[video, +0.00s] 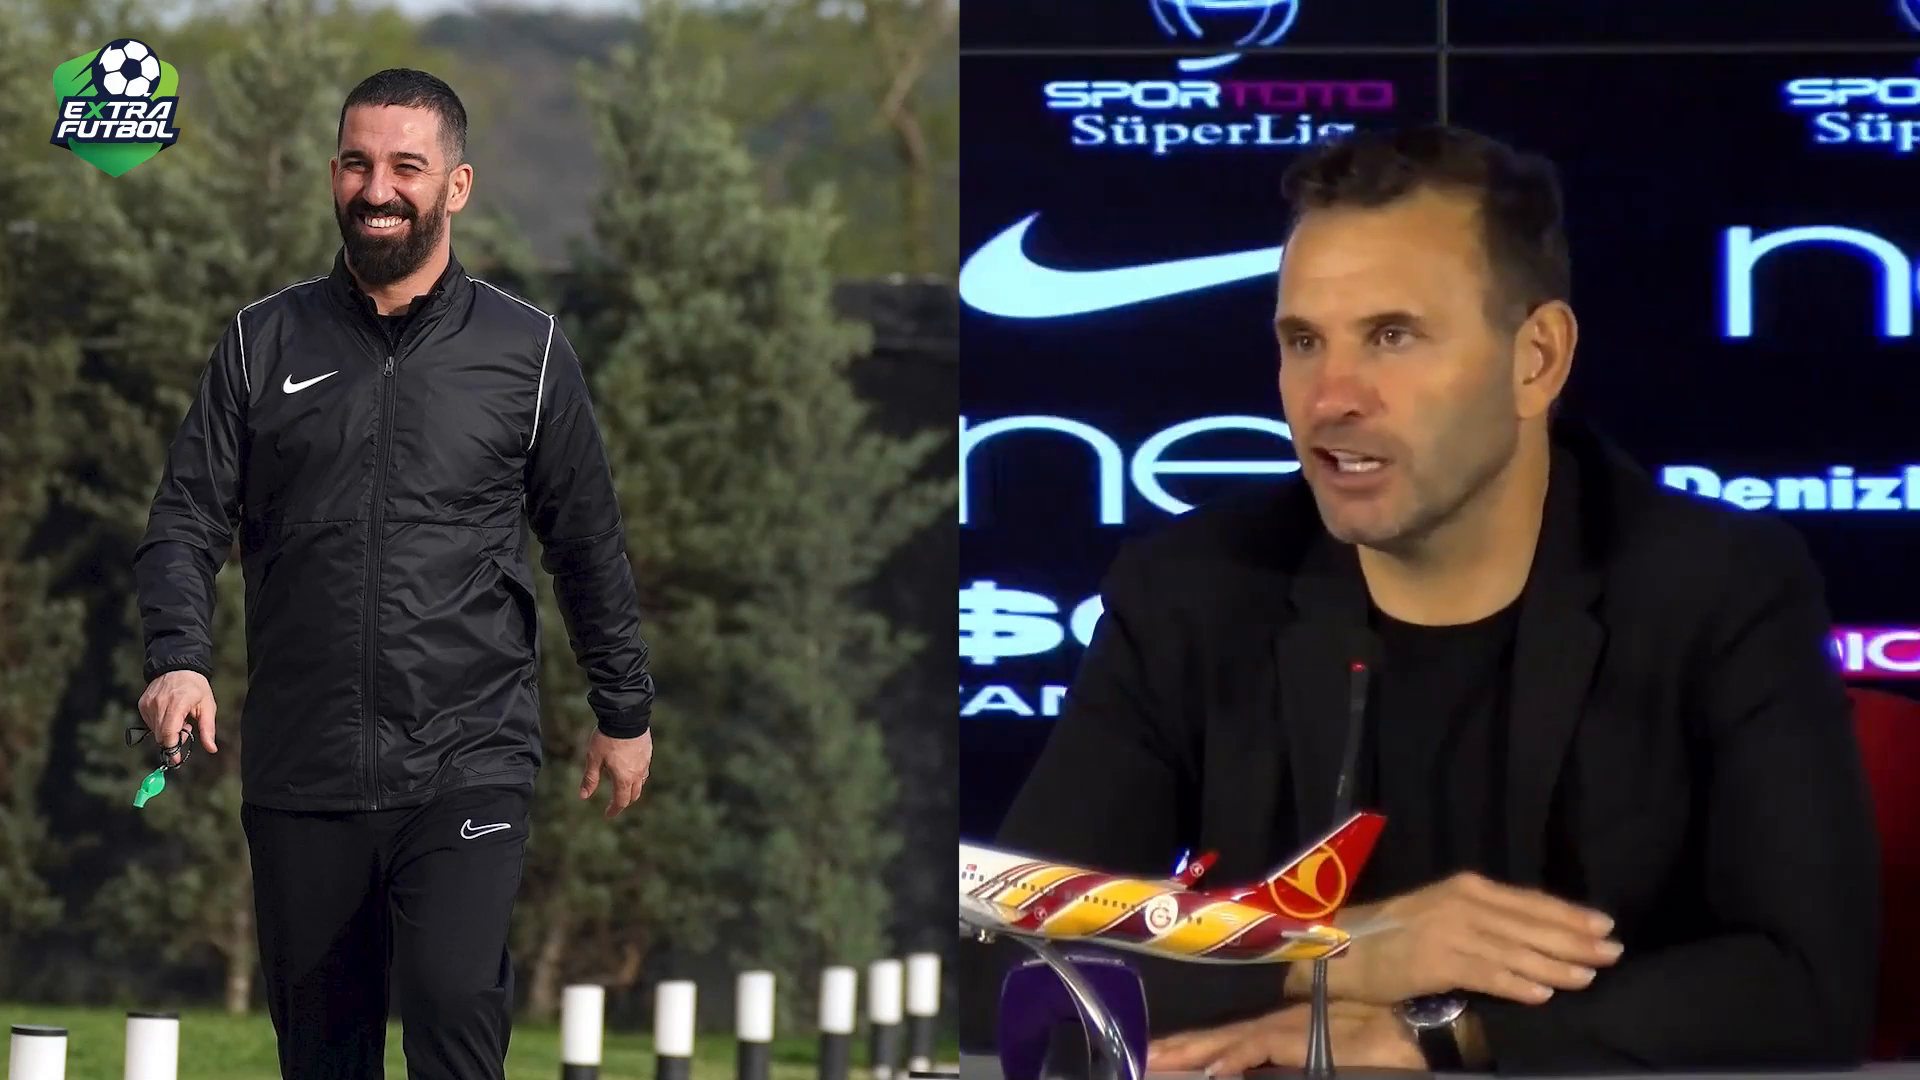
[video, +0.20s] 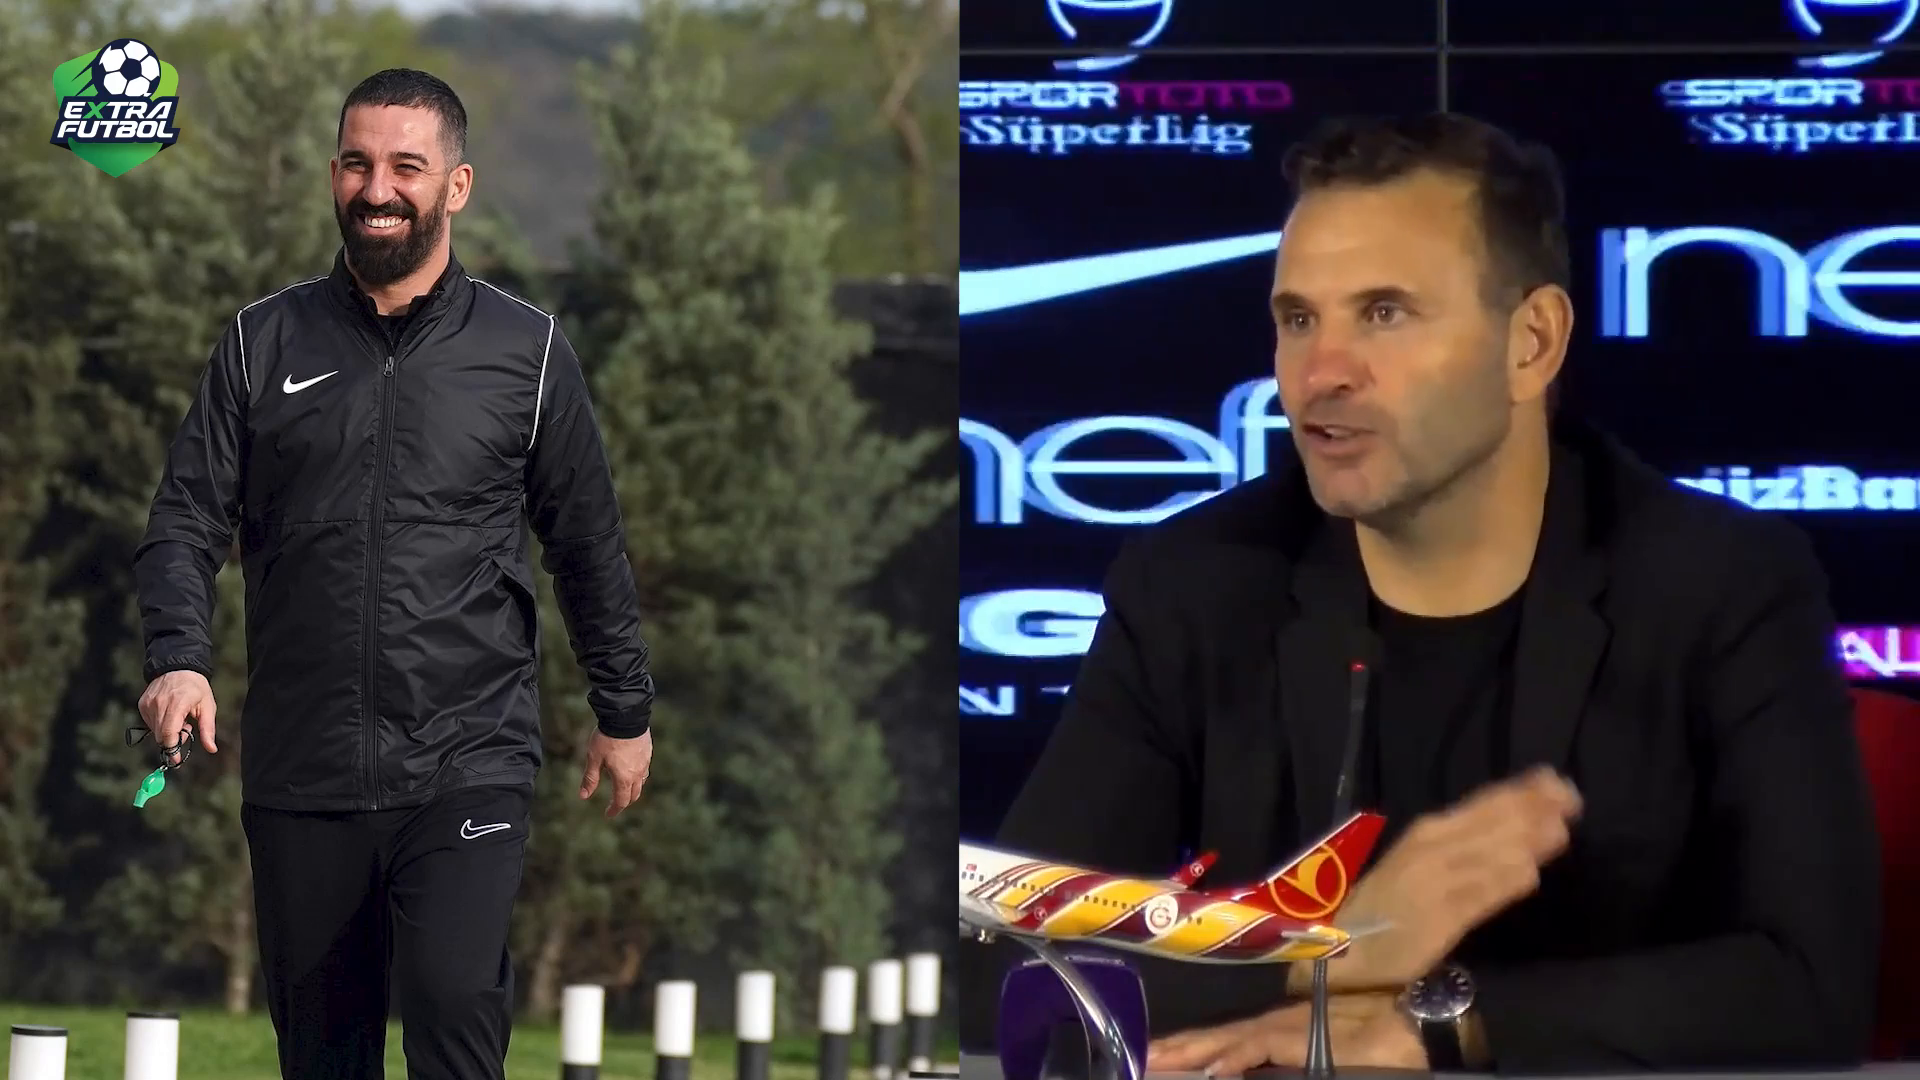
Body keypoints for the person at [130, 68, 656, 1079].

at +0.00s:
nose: (375, 187)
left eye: (405, 164)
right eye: (356, 162)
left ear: (458, 185)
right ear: (334, 177)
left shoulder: (530, 350)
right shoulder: (259, 342)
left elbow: (588, 541)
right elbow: (187, 513)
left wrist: (623, 708)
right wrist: (177, 658)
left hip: (472, 752)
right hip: (301, 755)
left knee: (455, 1018)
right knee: (320, 1043)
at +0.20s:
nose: (375, 187)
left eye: (405, 164)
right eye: (356, 162)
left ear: (458, 185)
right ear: (334, 177)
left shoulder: (530, 350)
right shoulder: (259, 342)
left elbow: (588, 541)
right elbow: (187, 513)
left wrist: (623, 708)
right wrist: (177, 658)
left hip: (472, 752)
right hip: (301, 755)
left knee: (455, 1018)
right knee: (320, 1043)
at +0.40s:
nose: (375, 187)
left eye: (405, 164)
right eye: (356, 162)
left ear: (458, 185)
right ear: (334, 177)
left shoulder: (530, 350)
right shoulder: (259, 342)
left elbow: (588, 541)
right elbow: (187, 513)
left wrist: (623, 708)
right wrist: (177, 658)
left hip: (472, 752)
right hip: (301, 755)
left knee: (455, 1018)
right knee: (320, 1043)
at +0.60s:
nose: (375, 186)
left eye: (405, 164)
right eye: (356, 162)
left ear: (458, 186)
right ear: (334, 177)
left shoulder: (530, 350)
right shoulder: (259, 343)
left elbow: (589, 542)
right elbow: (186, 513)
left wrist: (623, 708)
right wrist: (178, 658)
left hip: (472, 750)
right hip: (302, 752)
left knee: (454, 1018)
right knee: (320, 1041)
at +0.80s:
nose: (375, 186)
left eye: (405, 164)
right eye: (356, 162)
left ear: (458, 186)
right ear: (334, 177)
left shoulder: (530, 350)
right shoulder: (259, 343)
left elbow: (589, 542)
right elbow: (186, 513)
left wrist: (623, 708)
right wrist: (178, 658)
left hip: (472, 750)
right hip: (302, 752)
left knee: (454, 1018)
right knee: (320, 1041)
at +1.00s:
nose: (376, 187)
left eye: (405, 164)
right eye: (356, 162)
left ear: (458, 185)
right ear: (334, 177)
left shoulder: (530, 350)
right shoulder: (259, 342)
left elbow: (589, 541)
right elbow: (186, 513)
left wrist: (623, 708)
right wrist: (178, 658)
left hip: (471, 752)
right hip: (301, 755)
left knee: (455, 1019)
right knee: (320, 1043)